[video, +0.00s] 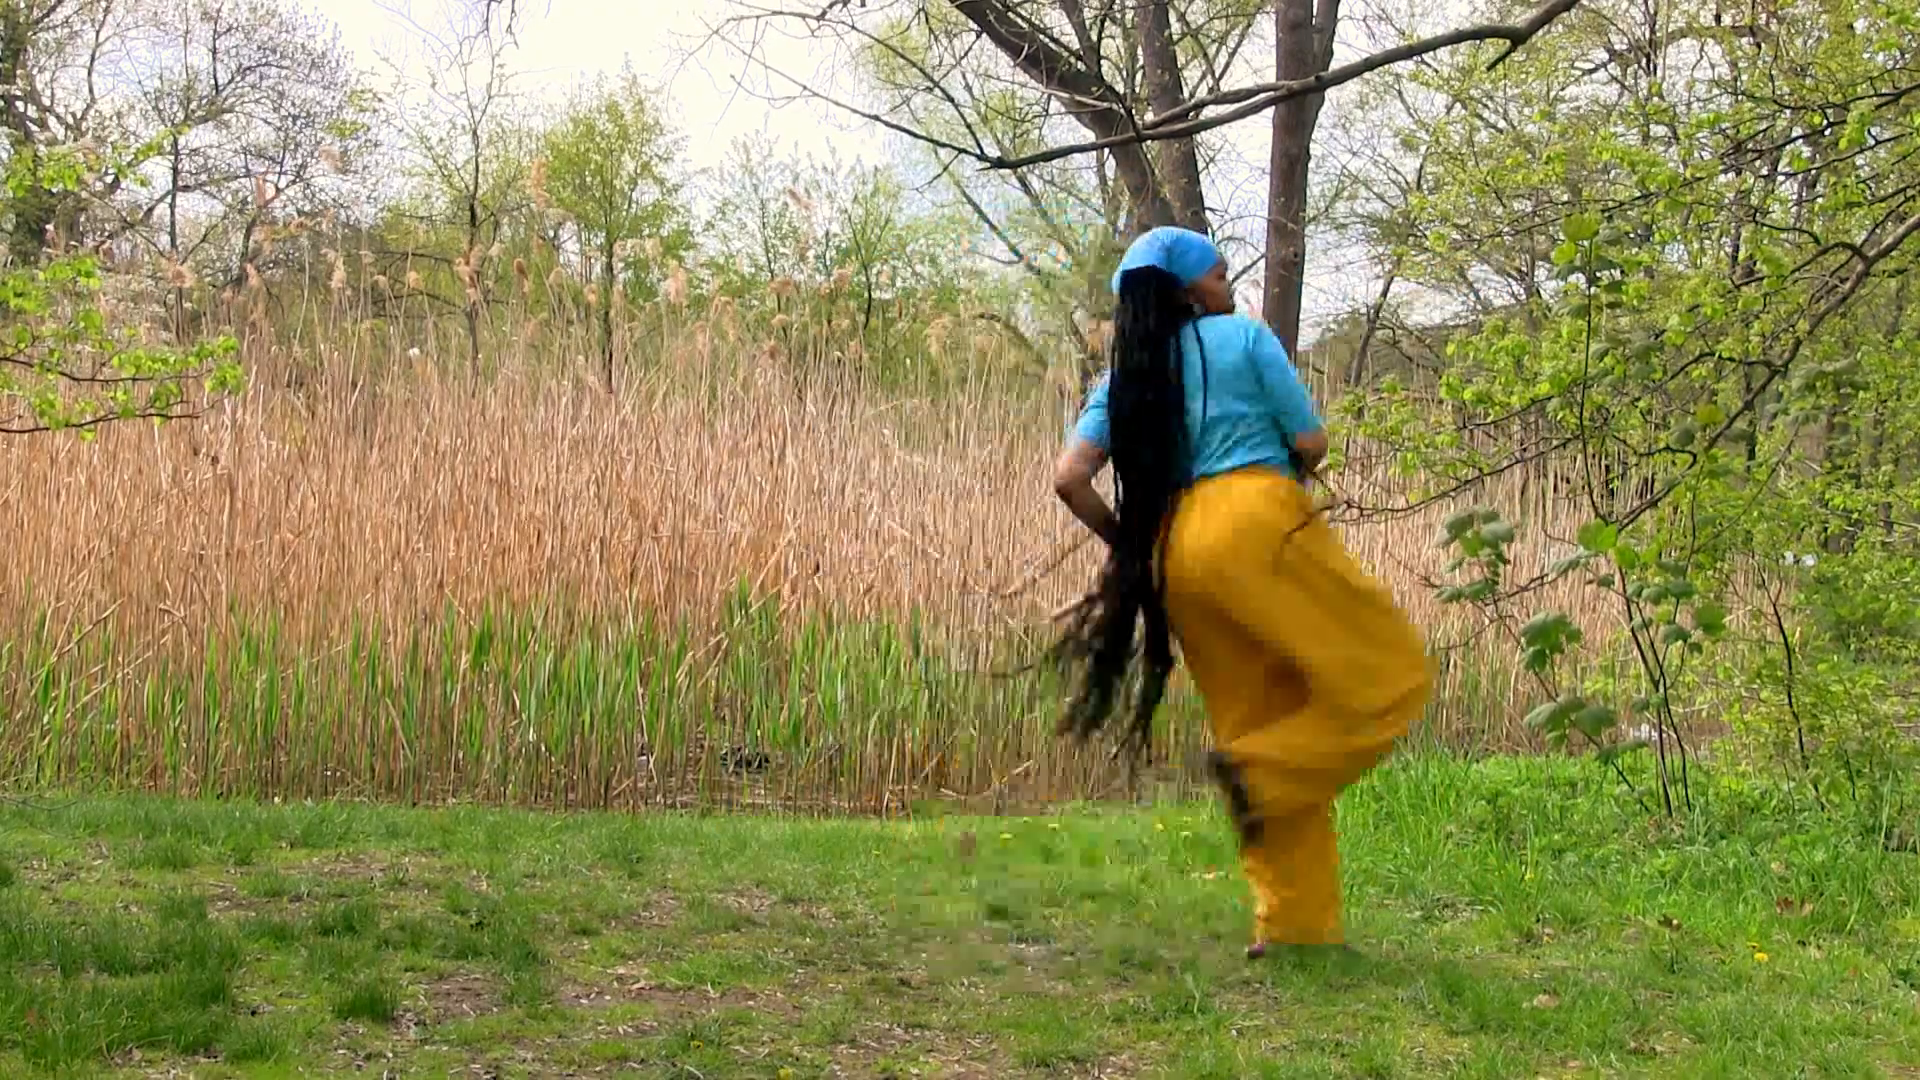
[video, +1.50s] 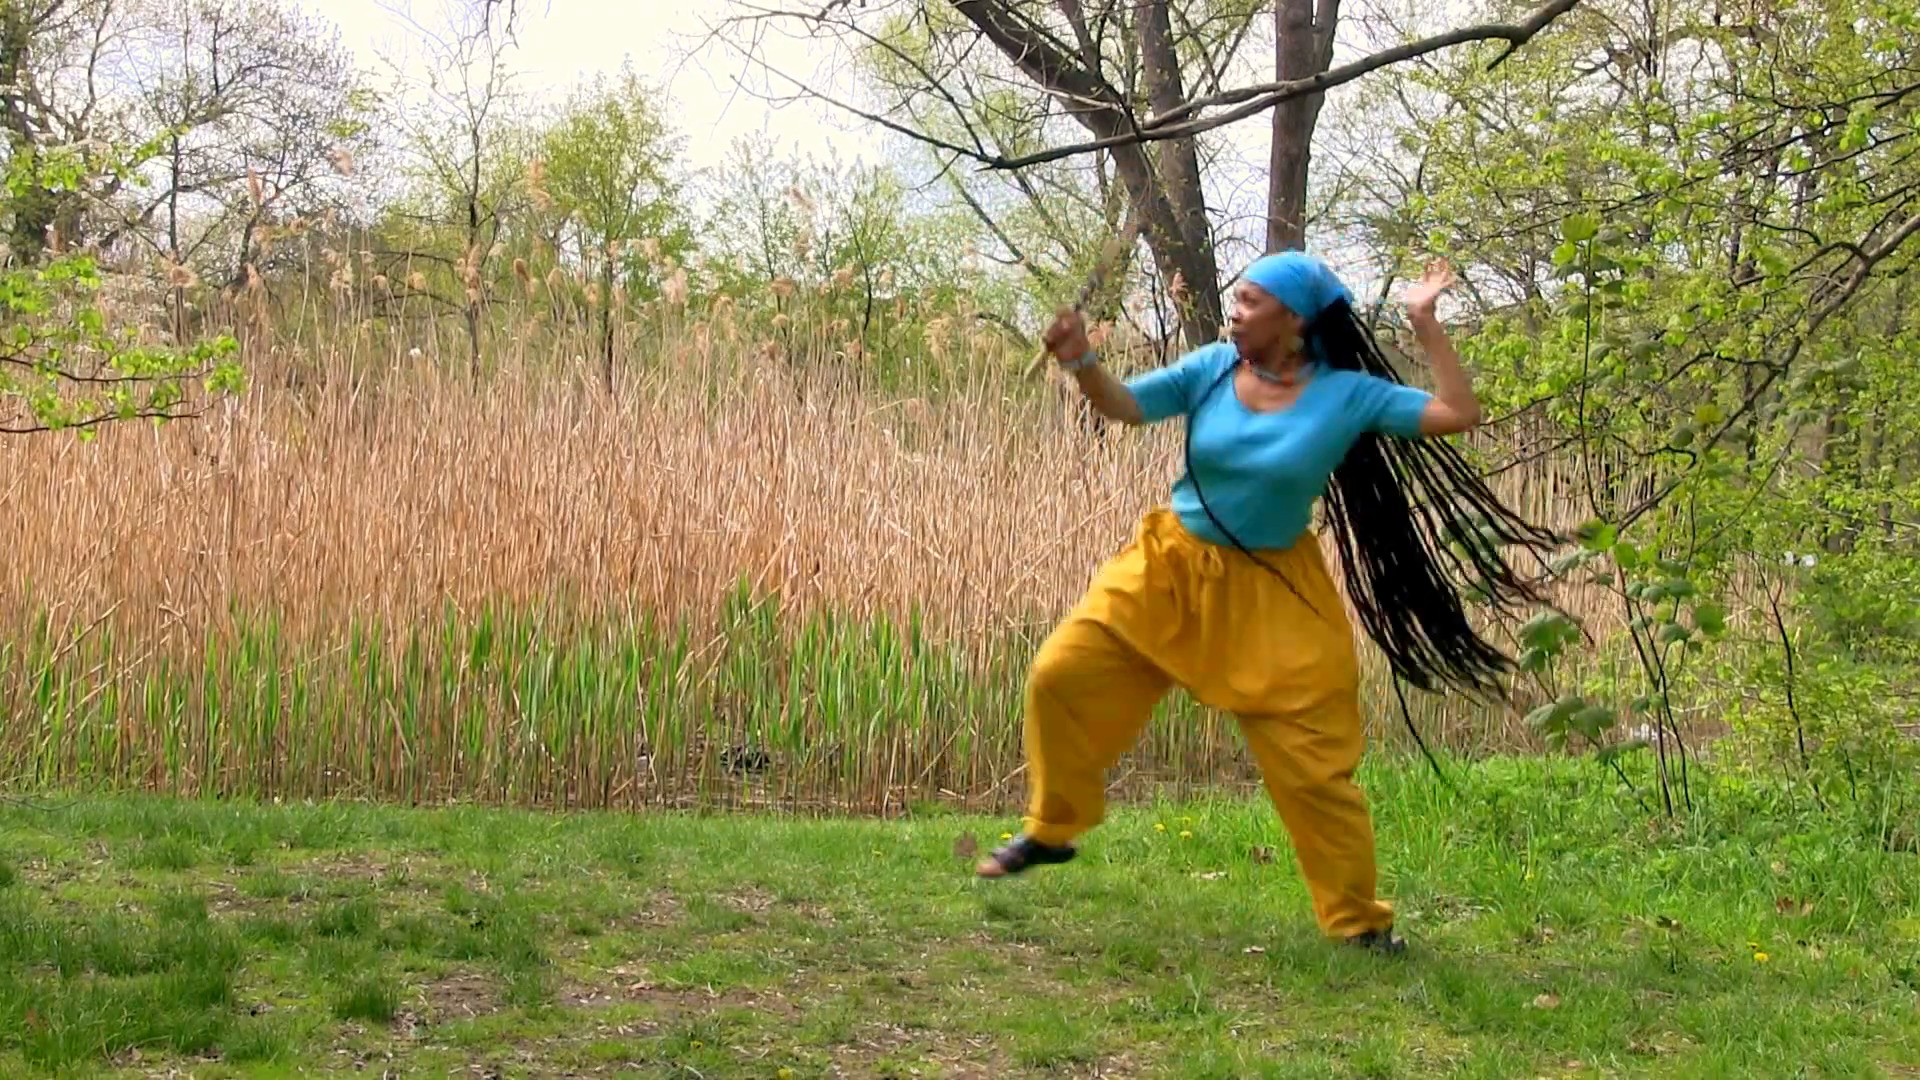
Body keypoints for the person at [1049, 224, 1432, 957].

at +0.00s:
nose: (1228, 285)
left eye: (1221, 272)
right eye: (1216, 275)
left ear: (1151, 298)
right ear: (1187, 289)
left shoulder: (1128, 371)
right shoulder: (1242, 336)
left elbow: (1071, 479)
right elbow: (1309, 442)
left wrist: (1125, 542)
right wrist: (1286, 474)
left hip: (1174, 547)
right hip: (1258, 525)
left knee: (1257, 736)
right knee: (1398, 673)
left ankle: (1290, 924)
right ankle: (1260, 766)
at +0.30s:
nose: (1207, 321)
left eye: (1192, 317)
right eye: (1197, 317)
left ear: (1126, 375)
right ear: (1188, 334)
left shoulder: (1145, 439)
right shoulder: (1258, 354)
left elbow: (1177, 518)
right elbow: (1361, 404)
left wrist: (1230, 615)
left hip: (1325, 514)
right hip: (1386, 435)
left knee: (1385, 706)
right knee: (1561, 430)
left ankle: (1390, 925)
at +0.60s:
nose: (1189, 321)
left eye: (1200, 309)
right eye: (1192, 307)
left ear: (1243, 319)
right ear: (1257, 315)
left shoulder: (1225, 403)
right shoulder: (1339, 346)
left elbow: (1228, 531)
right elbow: (1396, 418)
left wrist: (1181, 579)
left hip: (1377, 538)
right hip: (1452, 494)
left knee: (1377, 735)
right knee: (1462, 661)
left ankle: (1393, 929)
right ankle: (1577, 650)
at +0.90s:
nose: (1321, 248)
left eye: (1335, 236)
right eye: (1326, 236)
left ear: (1376, 250)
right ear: (1371, 253)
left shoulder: (1375, 307)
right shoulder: (1356, 321)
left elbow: (1248, 337)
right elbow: (1277, 394)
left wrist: (1259, 307)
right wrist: (1194, 365)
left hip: (1388, 523)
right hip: (1331, 499)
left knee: (1349, 717)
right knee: (1188, 547)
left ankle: (1401, 919)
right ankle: (1288, 685)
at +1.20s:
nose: (1315, 324)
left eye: (1331, 314)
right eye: (1318, 311)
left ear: (1379, 331)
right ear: (1348, 326)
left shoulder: (1441, 412)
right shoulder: (1301, 386)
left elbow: (1483, 516)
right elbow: (1235, 482)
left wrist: (1374, 513)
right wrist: (1158, 551)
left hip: (1381, 609)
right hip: (1269, 577)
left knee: (1355, 776)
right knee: (1161, 712)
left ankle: (1359, 928)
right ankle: (1107, 859)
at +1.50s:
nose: (1232, 309)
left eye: (1249, 301)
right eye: (1235, 297)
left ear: (1295, 323)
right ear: (1248, 313)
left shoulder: (1347, 396)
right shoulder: (1211, 367)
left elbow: (1456, 412)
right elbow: (1124, 405)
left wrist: (1427, 323)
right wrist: (1081, 362)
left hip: (1276, 583)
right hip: (1174, 558)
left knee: (1313, 767)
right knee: (1058, 674)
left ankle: (1364, 924)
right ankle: (1054, 830)